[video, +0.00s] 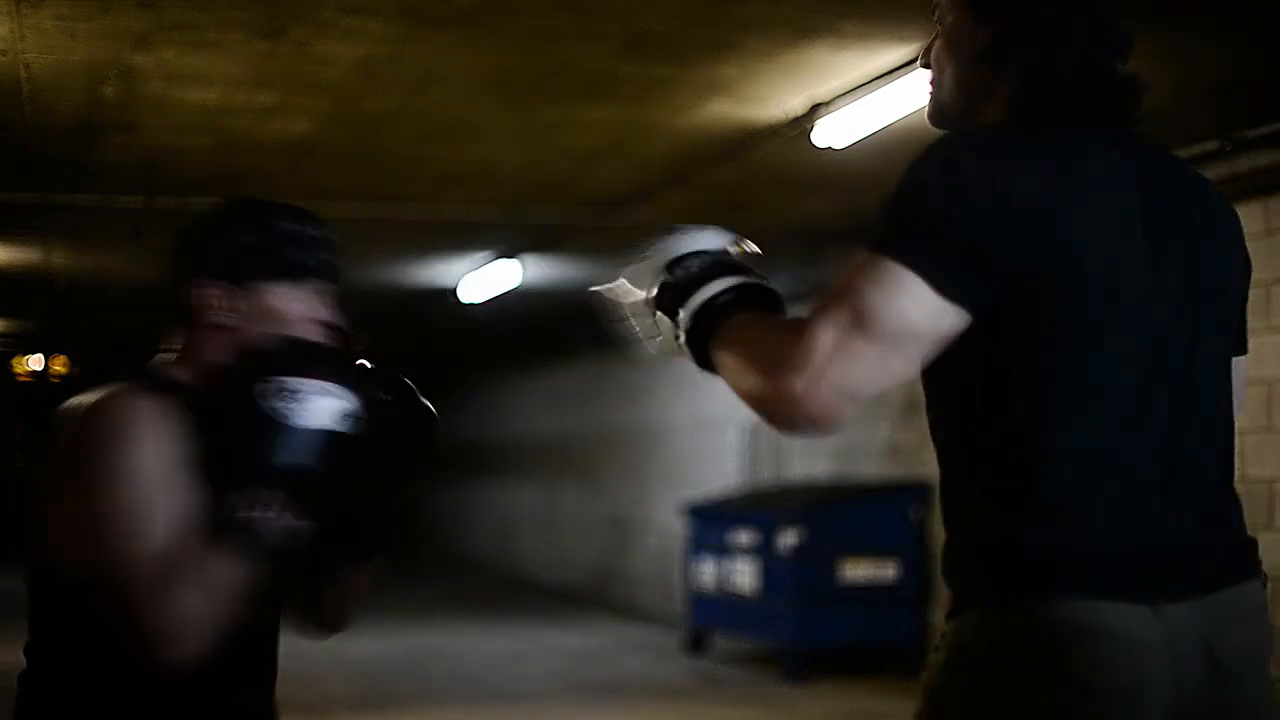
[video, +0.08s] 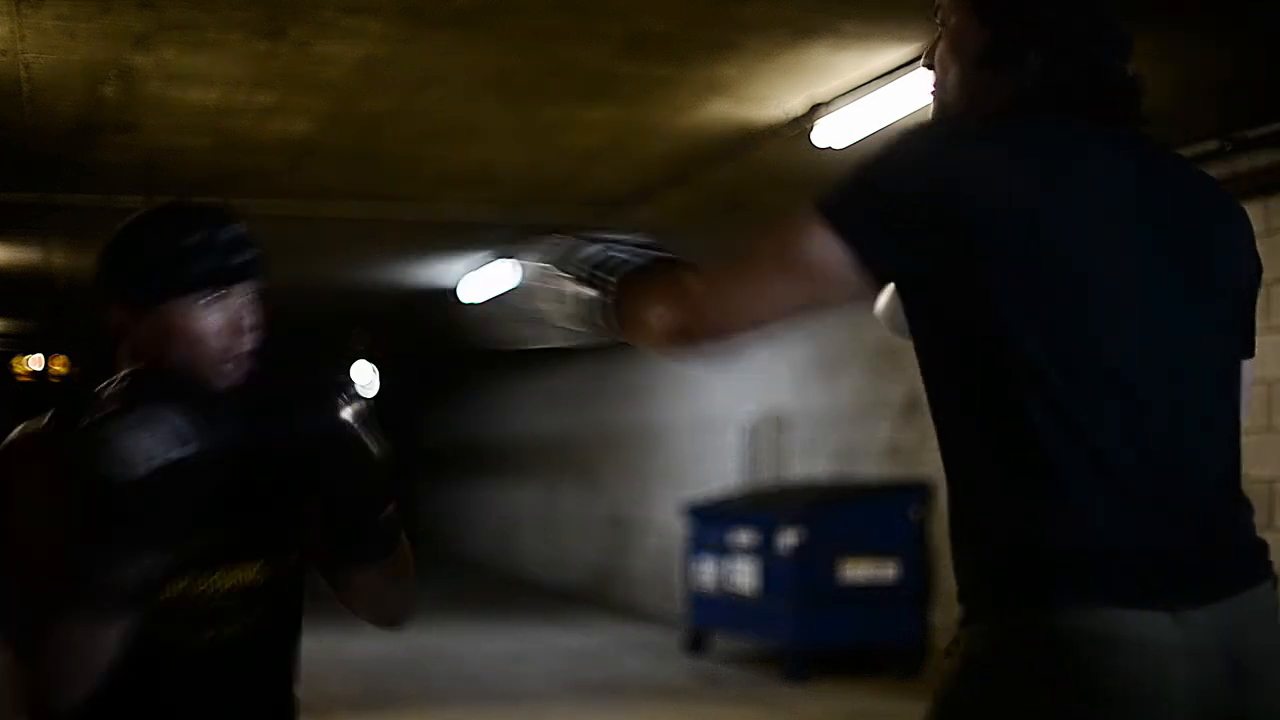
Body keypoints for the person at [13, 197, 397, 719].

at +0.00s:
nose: (330, 320)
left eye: (326, 297)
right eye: (304, 293)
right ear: (220, 303)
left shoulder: (250, 427)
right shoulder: (131, 421)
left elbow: (322, 612)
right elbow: (175, 628)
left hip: (232, 711)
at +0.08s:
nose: (248, 322)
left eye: (251, 295)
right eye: (214, 300)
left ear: (261, 296)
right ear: (143, 320)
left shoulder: (283, 424)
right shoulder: (67, 456)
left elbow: (387, 604)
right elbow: (55, 679)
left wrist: (352, 462)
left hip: (257, 712)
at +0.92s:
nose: (240, 253)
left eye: (239, 234)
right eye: (208, 231)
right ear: (122, 256)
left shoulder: (228, 394)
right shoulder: (35, 390)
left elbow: (281, 605)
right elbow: (18, 626)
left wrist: (314, 483)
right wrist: (114, 506)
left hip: (178, 701)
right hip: (52, 708)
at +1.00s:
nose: (249, 245)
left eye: (248, 225)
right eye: (215, 222)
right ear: (132, 245)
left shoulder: (231, 383)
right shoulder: (39, 381)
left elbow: (304, 587)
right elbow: (65, 606)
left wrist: (330, 461)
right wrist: (159, 466)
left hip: (181, 698)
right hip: (61, 706)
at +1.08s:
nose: (272, 253)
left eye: (270, 235)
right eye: (242, 230)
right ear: (157, 253)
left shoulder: (233, 388)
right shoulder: (72, 392)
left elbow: (322, 584)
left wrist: (354, 443)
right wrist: (222, 435)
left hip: (192, 696)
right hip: (90, 707)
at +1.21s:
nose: (319, 286)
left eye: (313, 263)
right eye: (289, 261)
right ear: (203, 280)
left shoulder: (223, 409)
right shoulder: (120, 413)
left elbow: (315, 609)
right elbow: (211, 624)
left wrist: (365, 465)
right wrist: (291, 462)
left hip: (188, 710)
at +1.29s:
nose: (310, 278)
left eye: (307, 254)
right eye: (279, 251)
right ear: (193, 270)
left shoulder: (229, 395)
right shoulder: (100, 407)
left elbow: (321, 592)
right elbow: (180, 624)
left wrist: (361, 454)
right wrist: (268, 460)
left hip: (214, 714)